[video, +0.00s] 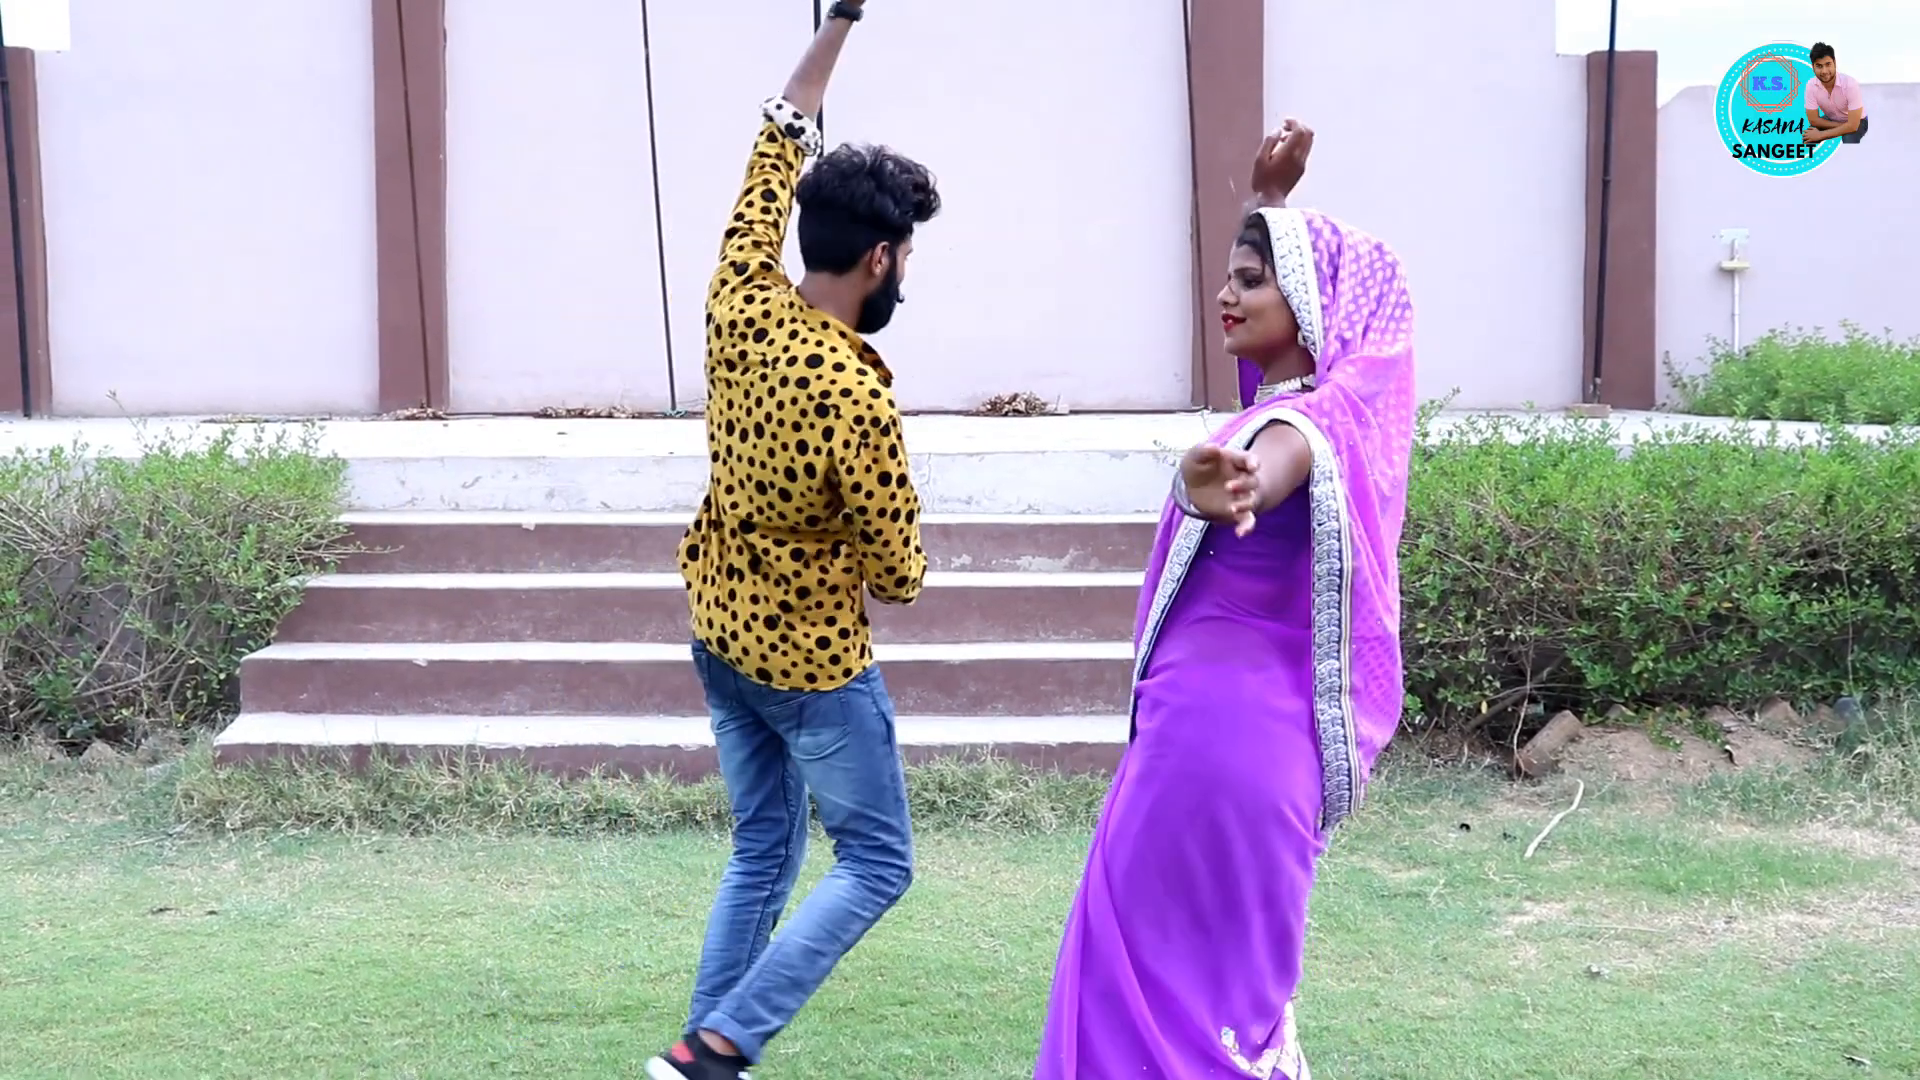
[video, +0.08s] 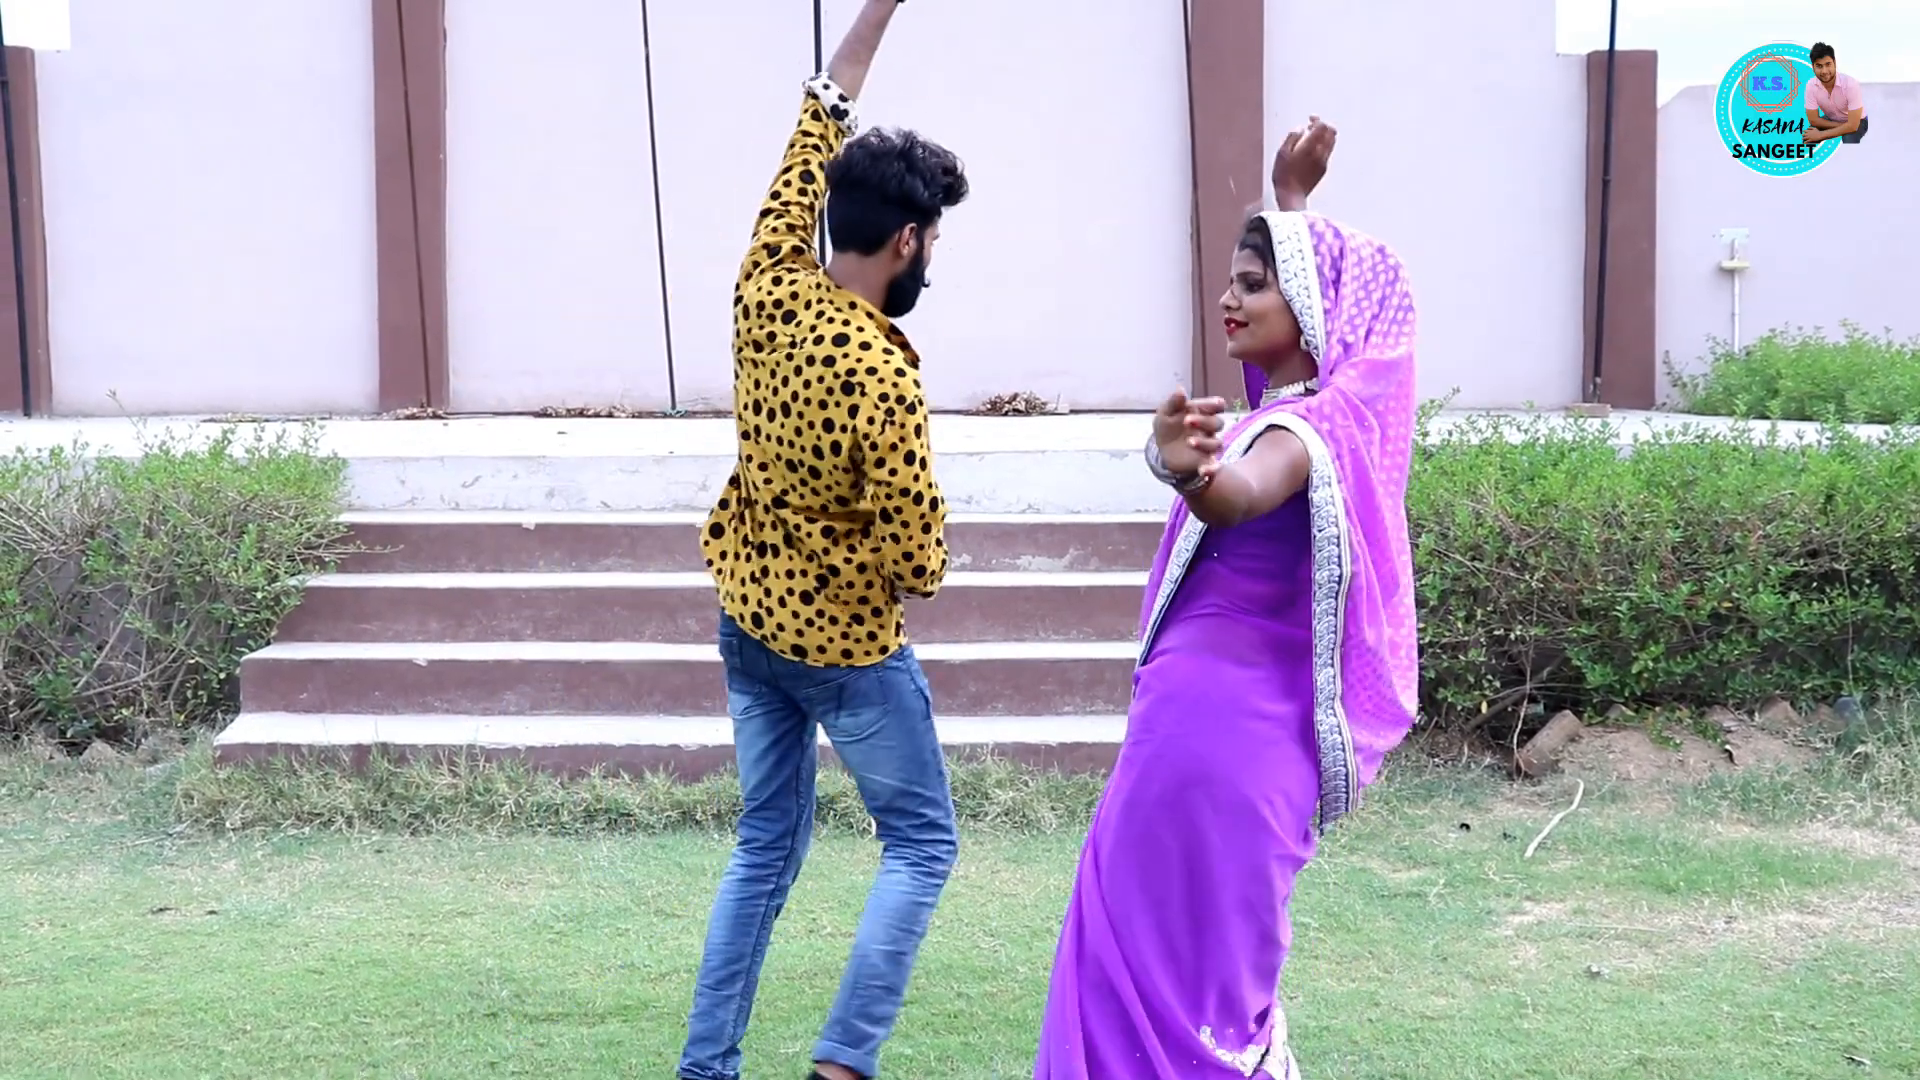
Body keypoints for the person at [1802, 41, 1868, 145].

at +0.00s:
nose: (1824, 71)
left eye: (1828, 65)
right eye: (1819, 66)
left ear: (1835, 63)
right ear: (1813, 67)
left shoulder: (1850, 84)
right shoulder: (1812, 86)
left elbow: (1853, 126)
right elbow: (1813, 120)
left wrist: (1820, 135)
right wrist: (1843, 126)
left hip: (1855, 122)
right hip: (1830, 121)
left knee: (1848, 140)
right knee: (1810, 136)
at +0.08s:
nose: (1824, 71)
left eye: (1828, 65)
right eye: (1819, 66)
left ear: (1835, 63)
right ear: (1813, 67)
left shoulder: (1850, 84)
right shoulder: (1812, 86)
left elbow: (1852, 126)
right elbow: (1813, 120)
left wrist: (1820, 135)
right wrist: (1843, 126)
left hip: (1855, 122)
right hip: (1829, 121)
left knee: (1849, 140)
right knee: (1810, 137)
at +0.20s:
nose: (1824, 71)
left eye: (1828, 65)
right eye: (1819, 66)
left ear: (1835, 63)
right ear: (1813, 67)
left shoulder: (1850, 84)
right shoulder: (1812, 86)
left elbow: (1853, 126)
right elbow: (1813, 120)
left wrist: (1820, 135)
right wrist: (1843, 126)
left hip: (1855, 122)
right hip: (1829, 121)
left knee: (1849, 140)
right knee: (1810, 137)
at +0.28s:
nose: (1824, 71)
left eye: (1828, 65)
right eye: (1819, 66)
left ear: (1835, 63)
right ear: (1813, 67)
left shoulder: (1850, 84)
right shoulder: (1812, 86)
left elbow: (1853, 126)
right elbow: (1813, 120)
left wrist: (1820, 135)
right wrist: (1843, 126)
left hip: (1855, 122)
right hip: (1829, 121)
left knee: (1849, 140)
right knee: (1810, 137)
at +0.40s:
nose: (1824, 71)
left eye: (1828, 65)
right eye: (1819, 66)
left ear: (1835, 63)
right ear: (1813, 67)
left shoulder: (1850, 84)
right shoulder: (1812, 86)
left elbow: (1853, 126)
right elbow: (1813, 120)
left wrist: (1820, 135)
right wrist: (1843, 126)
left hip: (1855, 122)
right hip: (1830, 121)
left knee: (1848, 140)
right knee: (1810, 136)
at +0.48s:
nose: (1824, 71)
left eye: (1828, 65)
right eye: (1819, 66)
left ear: (1835, 63)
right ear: (1813, 67)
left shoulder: (1850, 84)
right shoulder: (1812, 86)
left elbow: (1853, 126)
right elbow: (1813, 120)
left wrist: (1820, 135)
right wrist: (1843, 126)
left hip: (1855, 122)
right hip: (1830, 121)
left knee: (1848, 140)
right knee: (1810, 136)